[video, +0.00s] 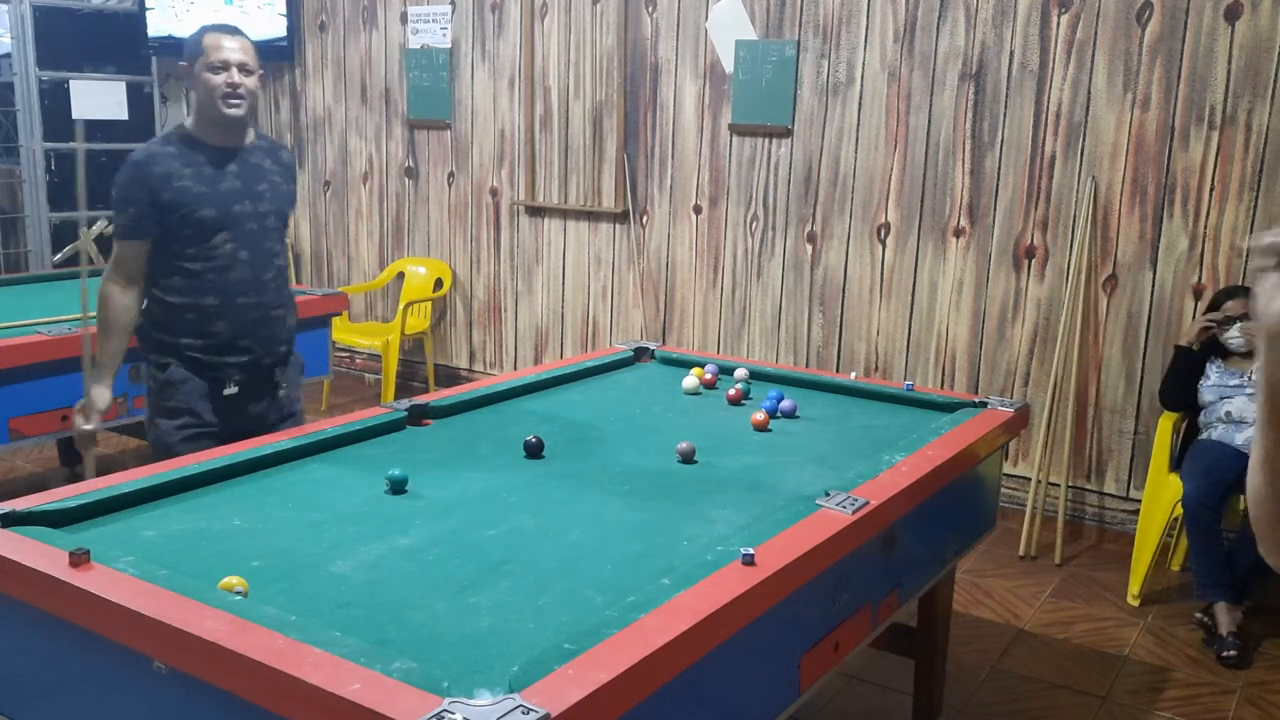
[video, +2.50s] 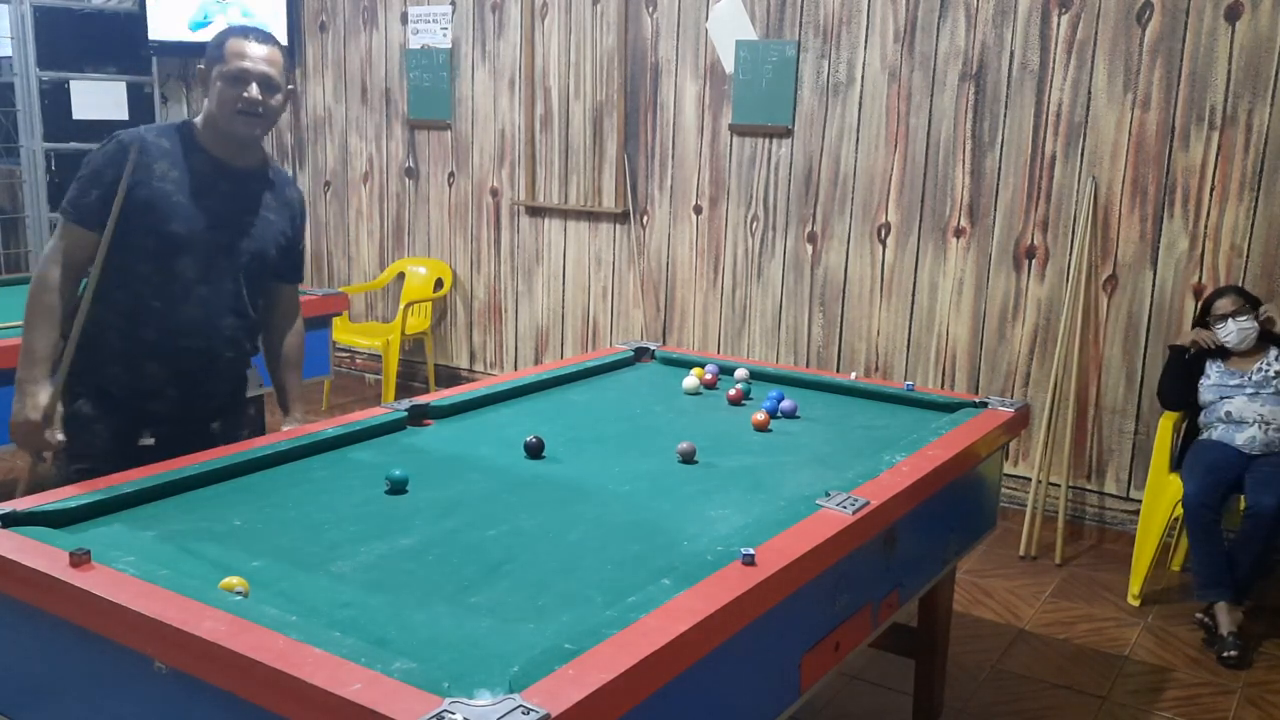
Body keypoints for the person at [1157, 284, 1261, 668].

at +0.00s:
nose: (1237, 328)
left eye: (1245, 319)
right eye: (1227, 321)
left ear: (1261, 321)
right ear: (1214, 327)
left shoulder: (1271, 360)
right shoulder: (1207, 363)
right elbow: (1171, 400)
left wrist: (1268, 346)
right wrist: (1190, 345)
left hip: (1268, 446)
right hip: (1219, 441)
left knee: (1269, 512)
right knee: (1197, 495)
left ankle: (1223, 603)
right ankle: (1221, 608)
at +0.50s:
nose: (1236, 330)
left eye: (1245, 321)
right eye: (1226, 323)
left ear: (1262, 322)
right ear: (1212, 326)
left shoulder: (1274, 358)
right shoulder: (1207, 362)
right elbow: (1171, 401)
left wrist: (1270, 350)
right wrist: (1191, 345)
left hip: (1272, 446)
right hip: (1219, 441)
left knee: (1261, 515)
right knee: (1206, 506)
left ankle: (1221, 604)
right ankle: (1225, 614)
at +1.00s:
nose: (1240, 331)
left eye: (1249, 321)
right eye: (1230, 323)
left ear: (1265, 322)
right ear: (1215, 327)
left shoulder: (1275, 357)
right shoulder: (1208, 360)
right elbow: (1171, 400)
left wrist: (1270, 352)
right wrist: (1192, 346)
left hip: (1272, 449)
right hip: (1219, 442)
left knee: (1267, 512)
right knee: (1197, 496)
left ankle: (1219, 604)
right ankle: (1224, 610)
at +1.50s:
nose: (1238, 325)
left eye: (1248, 317)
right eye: (1229, 318)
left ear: (1265, 321)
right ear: (1217, 323)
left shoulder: (1276, 358)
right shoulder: (1208, 359)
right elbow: (1171, 399)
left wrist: (1279, 338)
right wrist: (1193, 345)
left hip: (1272, 449)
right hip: (1219, 442)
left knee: (1268, 511)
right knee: (1197, 498)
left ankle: (1222, 604)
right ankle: (1225, 611)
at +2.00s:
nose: (1233, 326)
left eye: (1242, 318)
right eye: (1223, 320)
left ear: (1262, 321)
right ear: (1211, 326)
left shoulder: (1276, 355)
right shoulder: (1205, 361)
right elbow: (1171, 400)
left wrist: (1276, 331)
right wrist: (1188, 348)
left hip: (1271, 450)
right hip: (1218, 443)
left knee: (1268, 511)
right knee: (1197, 499)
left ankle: (1221, 604)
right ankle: (1224, 612)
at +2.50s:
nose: (1233, 324)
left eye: (1240, 315)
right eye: (1221, 319)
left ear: (1257, 317)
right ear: (1208, 326)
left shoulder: (1275, 354)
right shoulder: (1204, 360)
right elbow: (1171, 400)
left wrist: (1277, 333)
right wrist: (1185, 348)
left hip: (1271, 449)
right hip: (1218, 443)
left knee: (1268, 512)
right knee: (1197, 499)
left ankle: (1221, 604)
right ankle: (1224, 612)